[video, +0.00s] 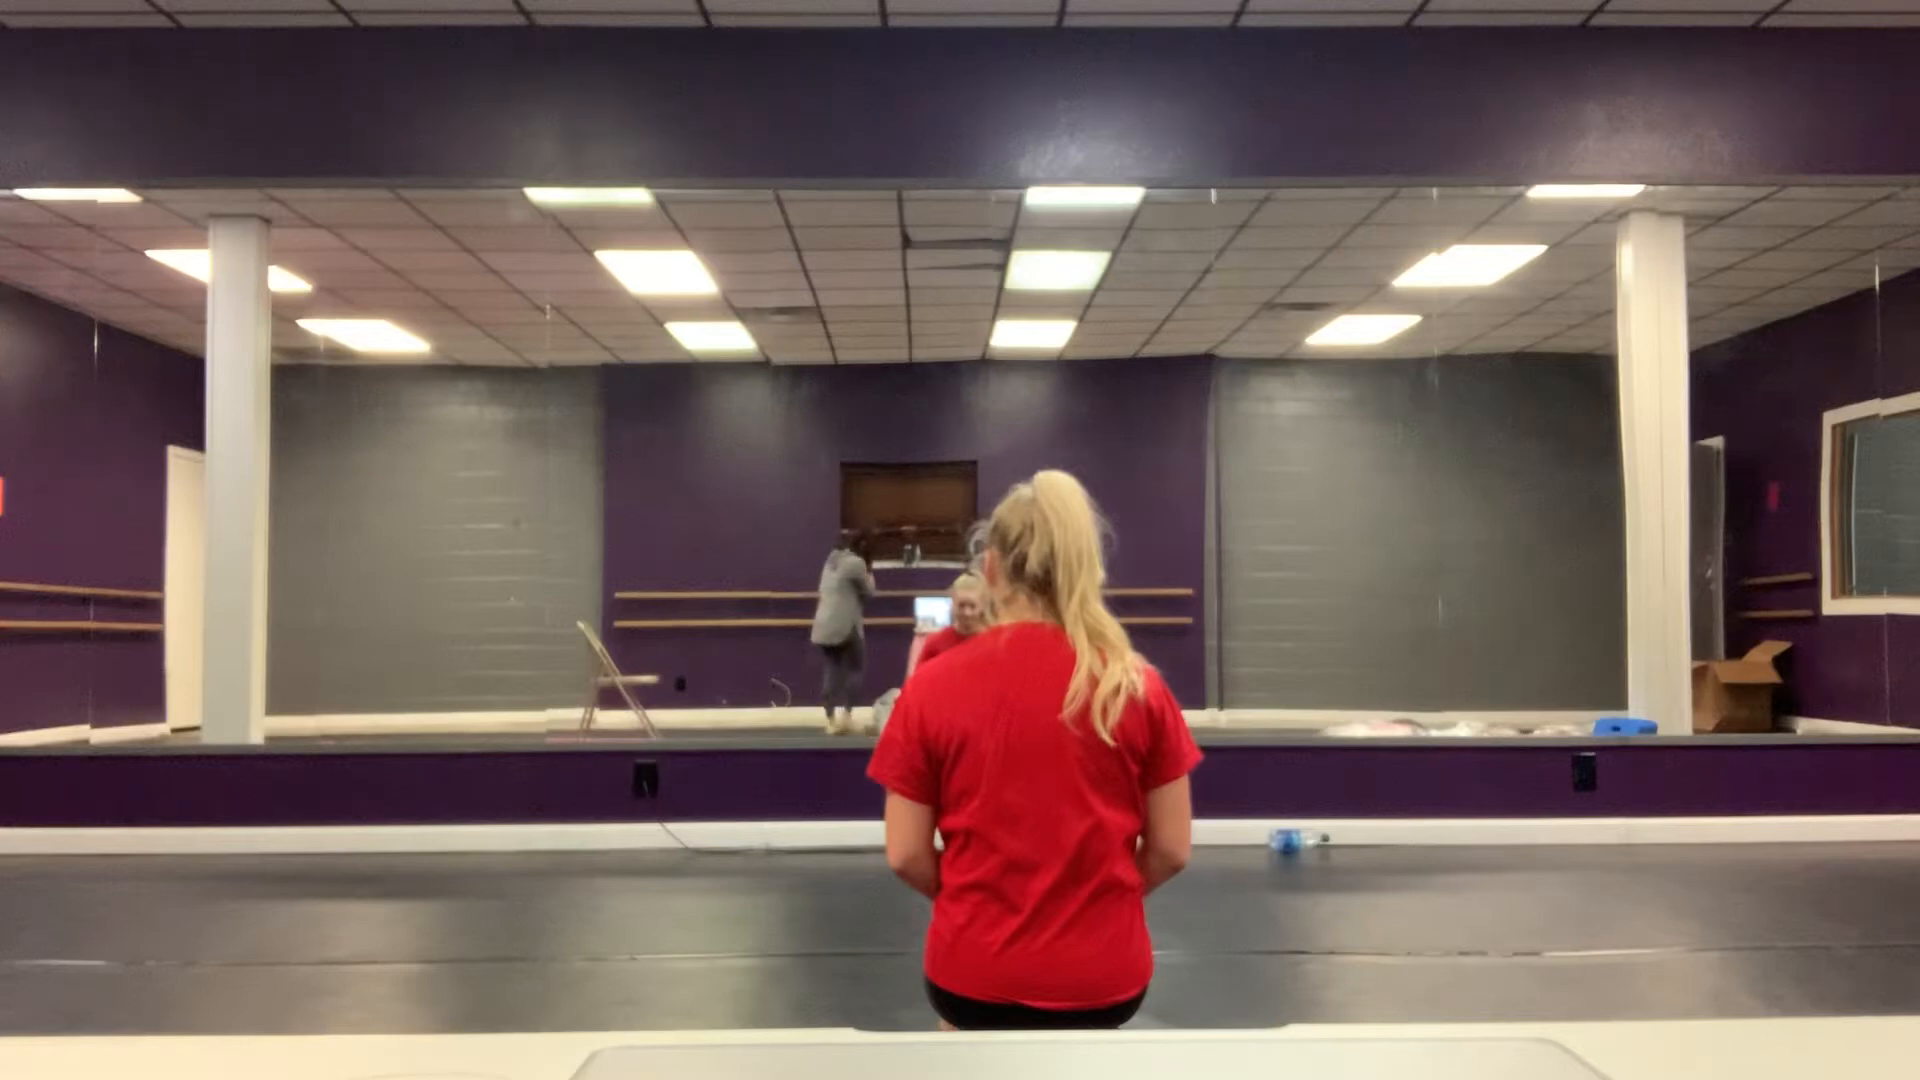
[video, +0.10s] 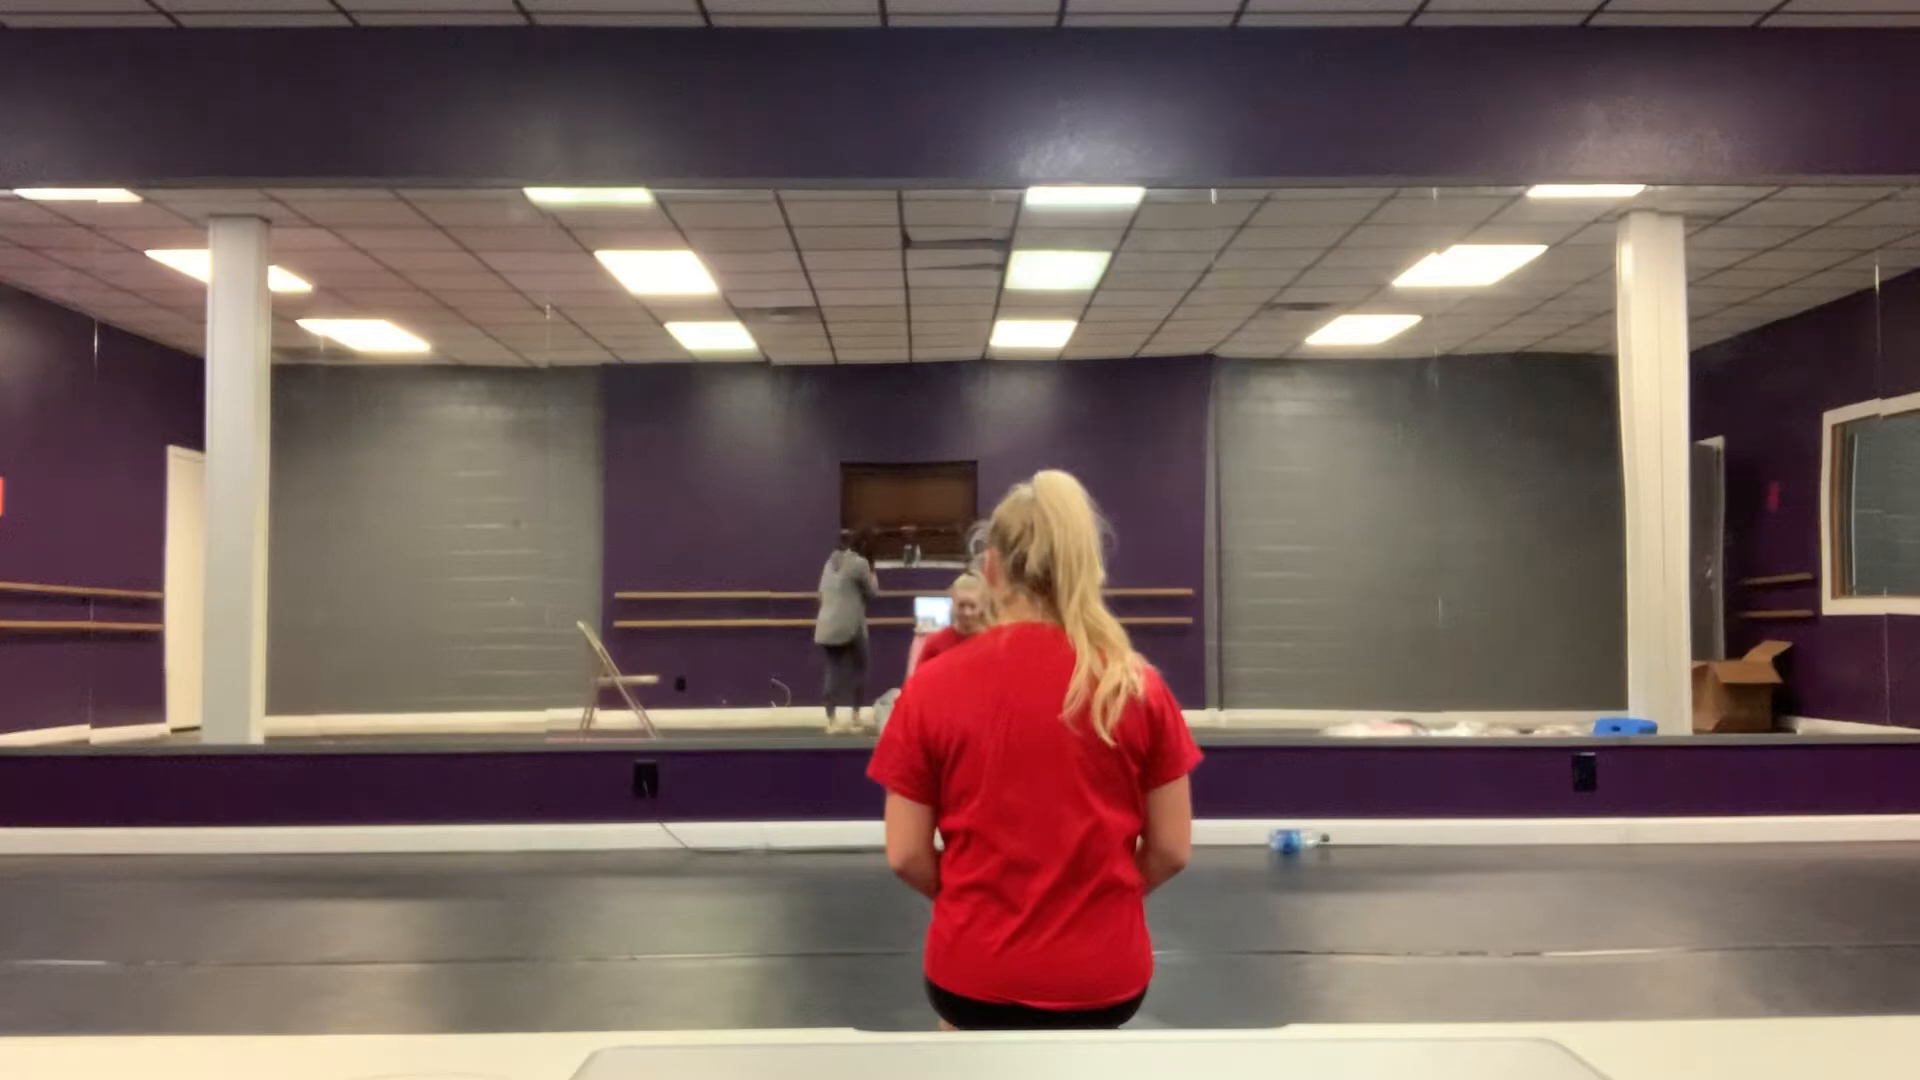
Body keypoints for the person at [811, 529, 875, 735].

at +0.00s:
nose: (866, 548)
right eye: (864, 544)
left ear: (840, 541)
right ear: (858, 545)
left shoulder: (830, 560)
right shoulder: (855, 563)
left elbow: (827, 588)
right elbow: (869, 590)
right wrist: (870, 576)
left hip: (823, 625)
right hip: (846, 625)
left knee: (832, 668)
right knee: (855, 668)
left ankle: (831, 719)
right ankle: (847, 715)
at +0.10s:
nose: (867, 547)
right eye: (865, 544)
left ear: (842, 541)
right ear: (860, 545)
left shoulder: (830, 561)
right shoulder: (859, 563)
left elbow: (821, 590)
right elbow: (873, 590)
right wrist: (872, 573)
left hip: (826, 623)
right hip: (851, 625)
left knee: (832, 669)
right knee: (859, 668)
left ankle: (831, 719)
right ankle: (856, 716)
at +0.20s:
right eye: (867, 542)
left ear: (840, 543)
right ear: (859, 544)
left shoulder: (830, 565)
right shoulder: (863, 564)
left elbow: (822, 594)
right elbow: (878, 589)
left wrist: (832, 608)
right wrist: (877, 571)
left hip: (830, 621)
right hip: (857, 623)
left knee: (834, 669)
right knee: (864, 671)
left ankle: (831, 718)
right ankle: (868, 717)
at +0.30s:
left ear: (844, 545)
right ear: (862, 545)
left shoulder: (834, 566)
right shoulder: (868, 565)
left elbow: (826, 593)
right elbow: (884, 584)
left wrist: (834, 609)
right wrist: (883, 565)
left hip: (836, 622)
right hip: (862, 623)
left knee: (837, 669)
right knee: (868, 671)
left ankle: (832, 715)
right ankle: (876, 715)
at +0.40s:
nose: (882, 547)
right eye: (880, 544)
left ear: (856, 543)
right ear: (875, 546)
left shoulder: (841, 566)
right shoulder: (875, 566)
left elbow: (832, 596)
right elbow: (892, 581)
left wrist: (845, 607)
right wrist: (888, 559)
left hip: (842, 622)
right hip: (869, 622)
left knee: (840, 670)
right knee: (870, 674)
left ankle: (834, 716)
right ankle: (875, 719)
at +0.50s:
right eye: (885, 545)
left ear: (861, 545)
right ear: (880, 547)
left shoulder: (847, 567)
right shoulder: (881, 565)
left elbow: (839, 597)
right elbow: (900, 578)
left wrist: (854, 601)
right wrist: (894, 555)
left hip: (850, 620)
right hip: (876, 620)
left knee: (849, 668)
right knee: (873, 670)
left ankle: (838, 703)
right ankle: (873, 713)